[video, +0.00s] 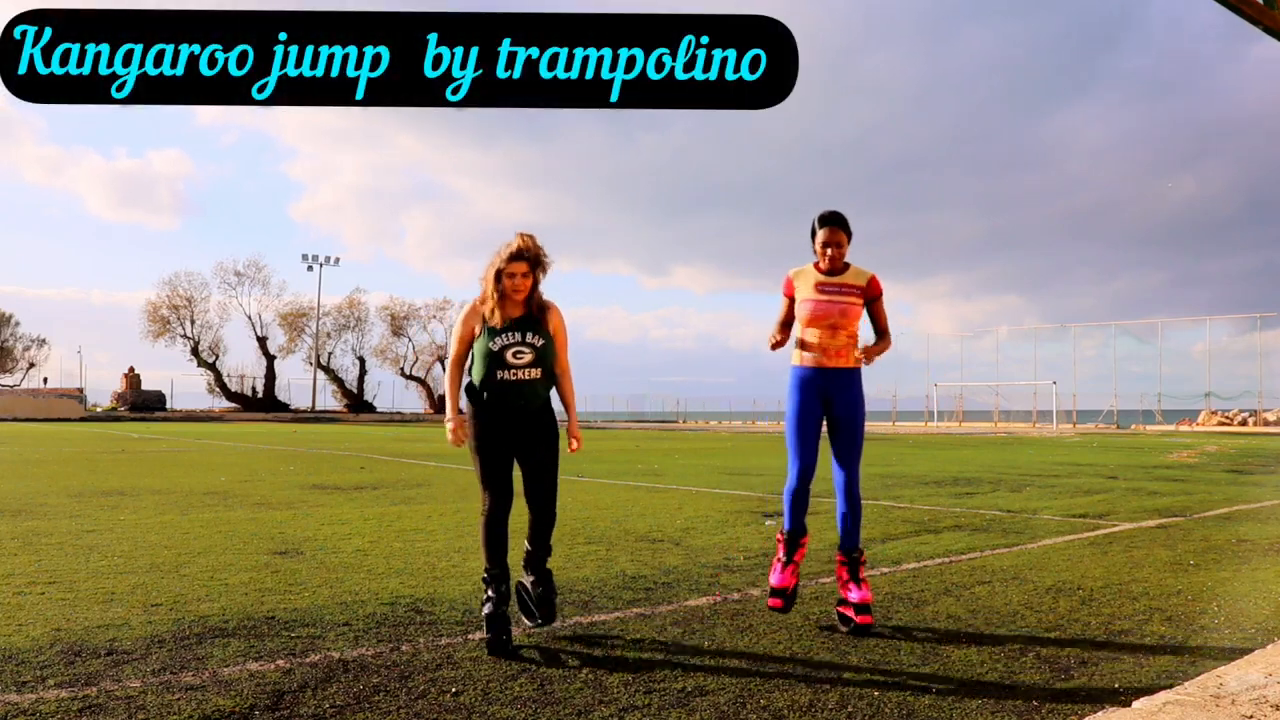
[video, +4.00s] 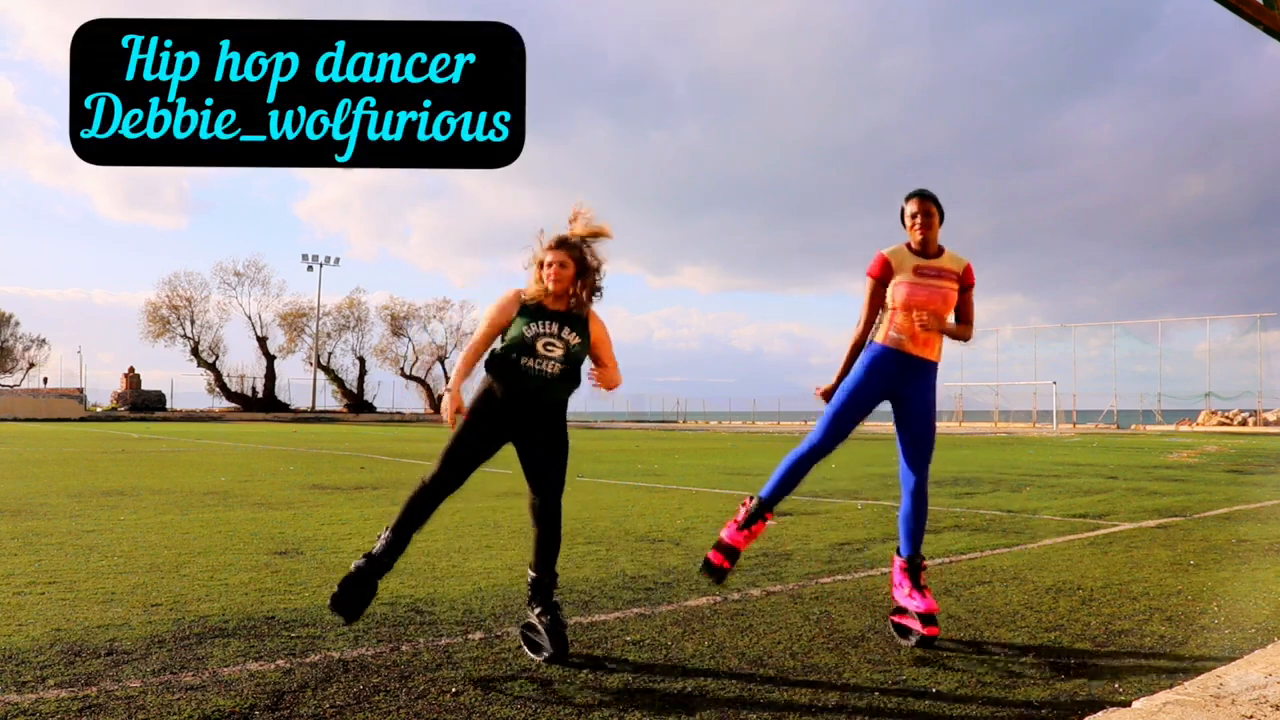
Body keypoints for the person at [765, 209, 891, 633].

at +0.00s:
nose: (831, 253)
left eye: (838, 246)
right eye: (825, 246)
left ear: (848, 246)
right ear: (813, 245)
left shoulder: (864, 282)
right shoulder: (797, 279)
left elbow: (885, 336)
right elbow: (784, 324)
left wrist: (874, 350)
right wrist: (779, 337)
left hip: (846, 383)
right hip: (804, 381)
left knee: (848, 480)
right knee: (799, 474)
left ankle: (850, 570)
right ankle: (789, 552)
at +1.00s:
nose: (841, 235)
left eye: (849, 228)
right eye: (836, 228)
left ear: (867, 231)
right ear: (830, 231)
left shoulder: (891, 270)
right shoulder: (817, 271)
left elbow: (920, 326)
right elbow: (798, 319)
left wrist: (892, 325)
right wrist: (808, 331)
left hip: (871, 382)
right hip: (826, 380)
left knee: (868, 483)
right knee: (822, 476)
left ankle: (872, 577)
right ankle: (817, 567)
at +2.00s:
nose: (877, 224)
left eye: (885, 216)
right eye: (871, 218)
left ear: (900, 220)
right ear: (864, 223)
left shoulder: (922, 265)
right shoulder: (850, 256)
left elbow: (929, 309)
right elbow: (828, 307)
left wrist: (911, 351)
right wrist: (816, 356)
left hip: (882, 371)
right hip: (838, 359)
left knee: (872, 477)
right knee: (788, 443)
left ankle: (867, 570)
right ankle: (731, 525)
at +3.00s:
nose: (836, 218)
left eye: (843, 211)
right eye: (830, 210)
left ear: (852, 215)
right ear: (814, 212)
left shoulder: (871, 248)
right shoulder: (799, 257)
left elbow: (891, 307)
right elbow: (795, 320)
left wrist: (902, 359)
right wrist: (817, 260)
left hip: (886, 353)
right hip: (841, 364)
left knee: (951, 437)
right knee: (851, 467)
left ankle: (1014, 512)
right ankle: (856, 569)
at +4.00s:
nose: (918, 222)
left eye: (925, 215)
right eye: (912, 216)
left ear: (940, 220)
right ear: (904, 224)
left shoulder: (961, 269)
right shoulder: (889, 262)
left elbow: (966, 332)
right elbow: (865, 327)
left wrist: (942, 324)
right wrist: (839, 379)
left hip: (921, 375)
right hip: (877, 364)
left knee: (916, 477)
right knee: (819, 444)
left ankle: (908, 574)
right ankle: (750, 518)